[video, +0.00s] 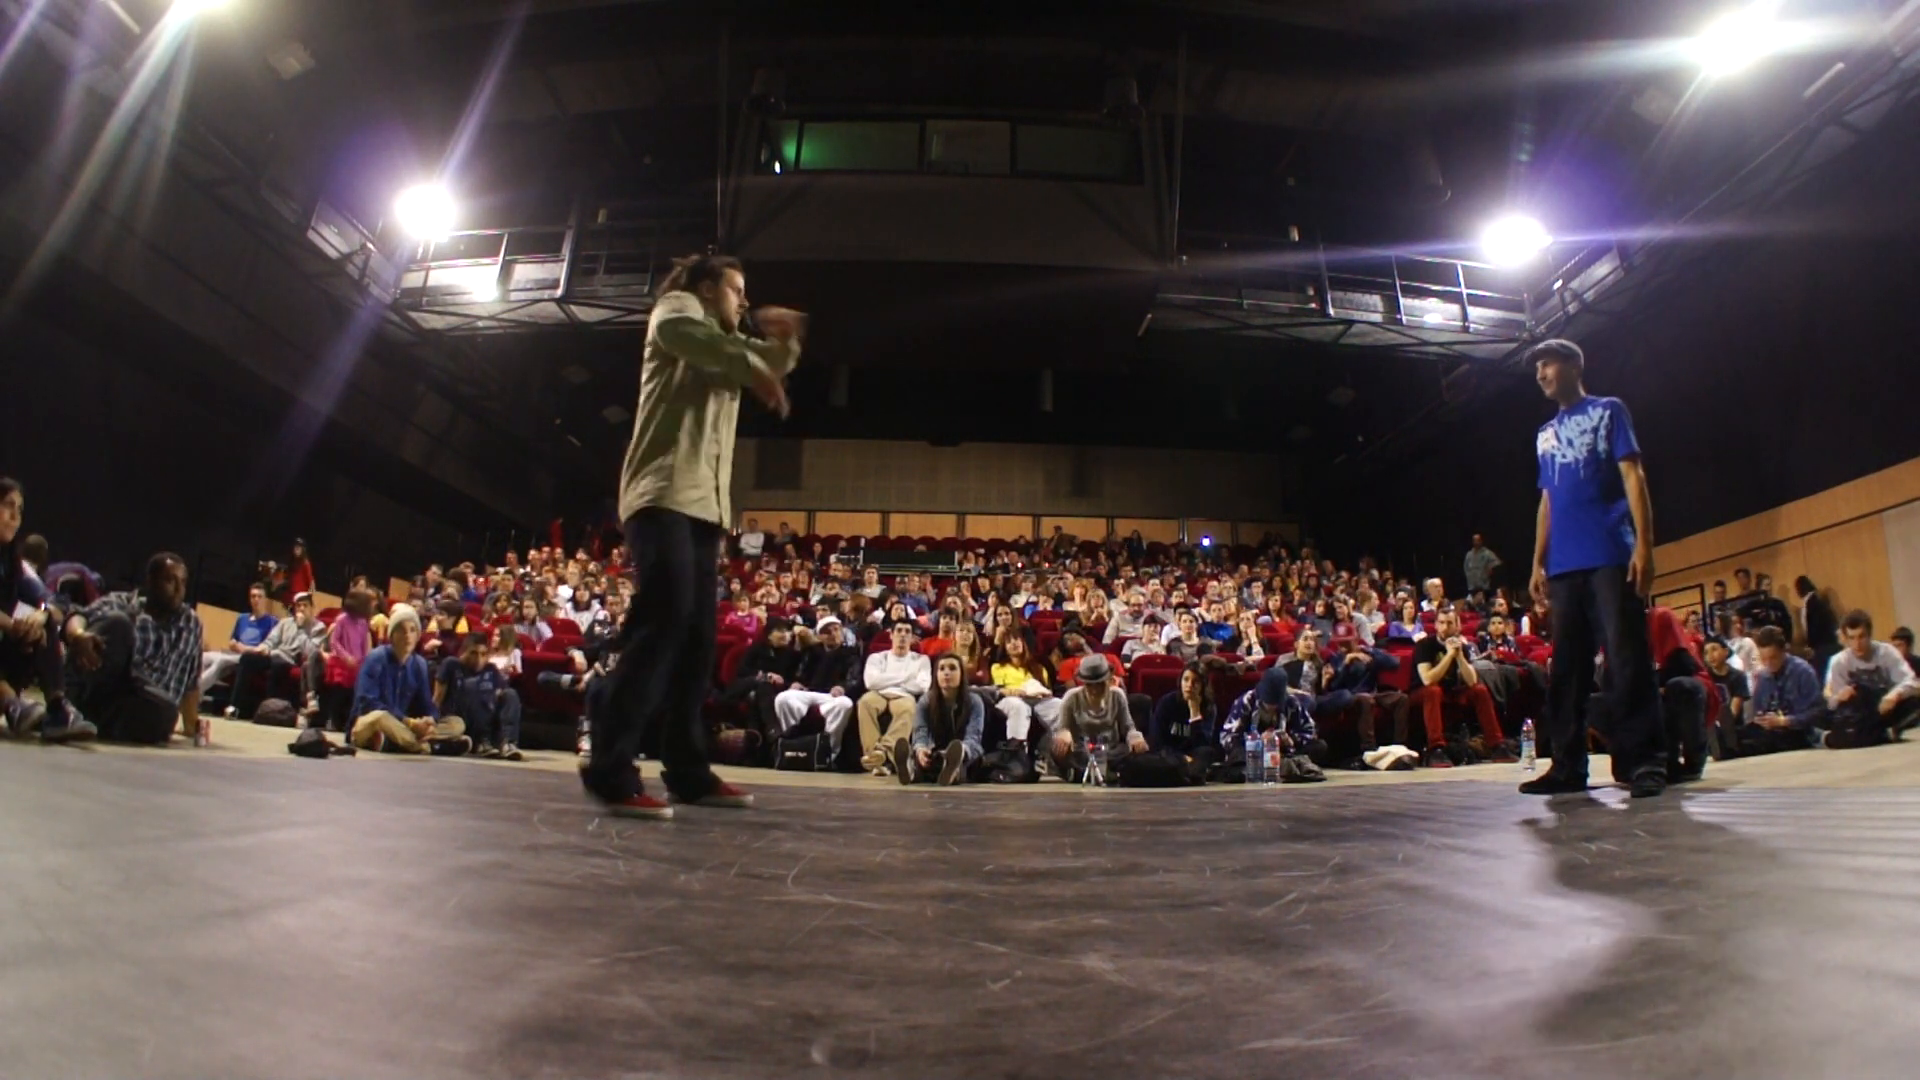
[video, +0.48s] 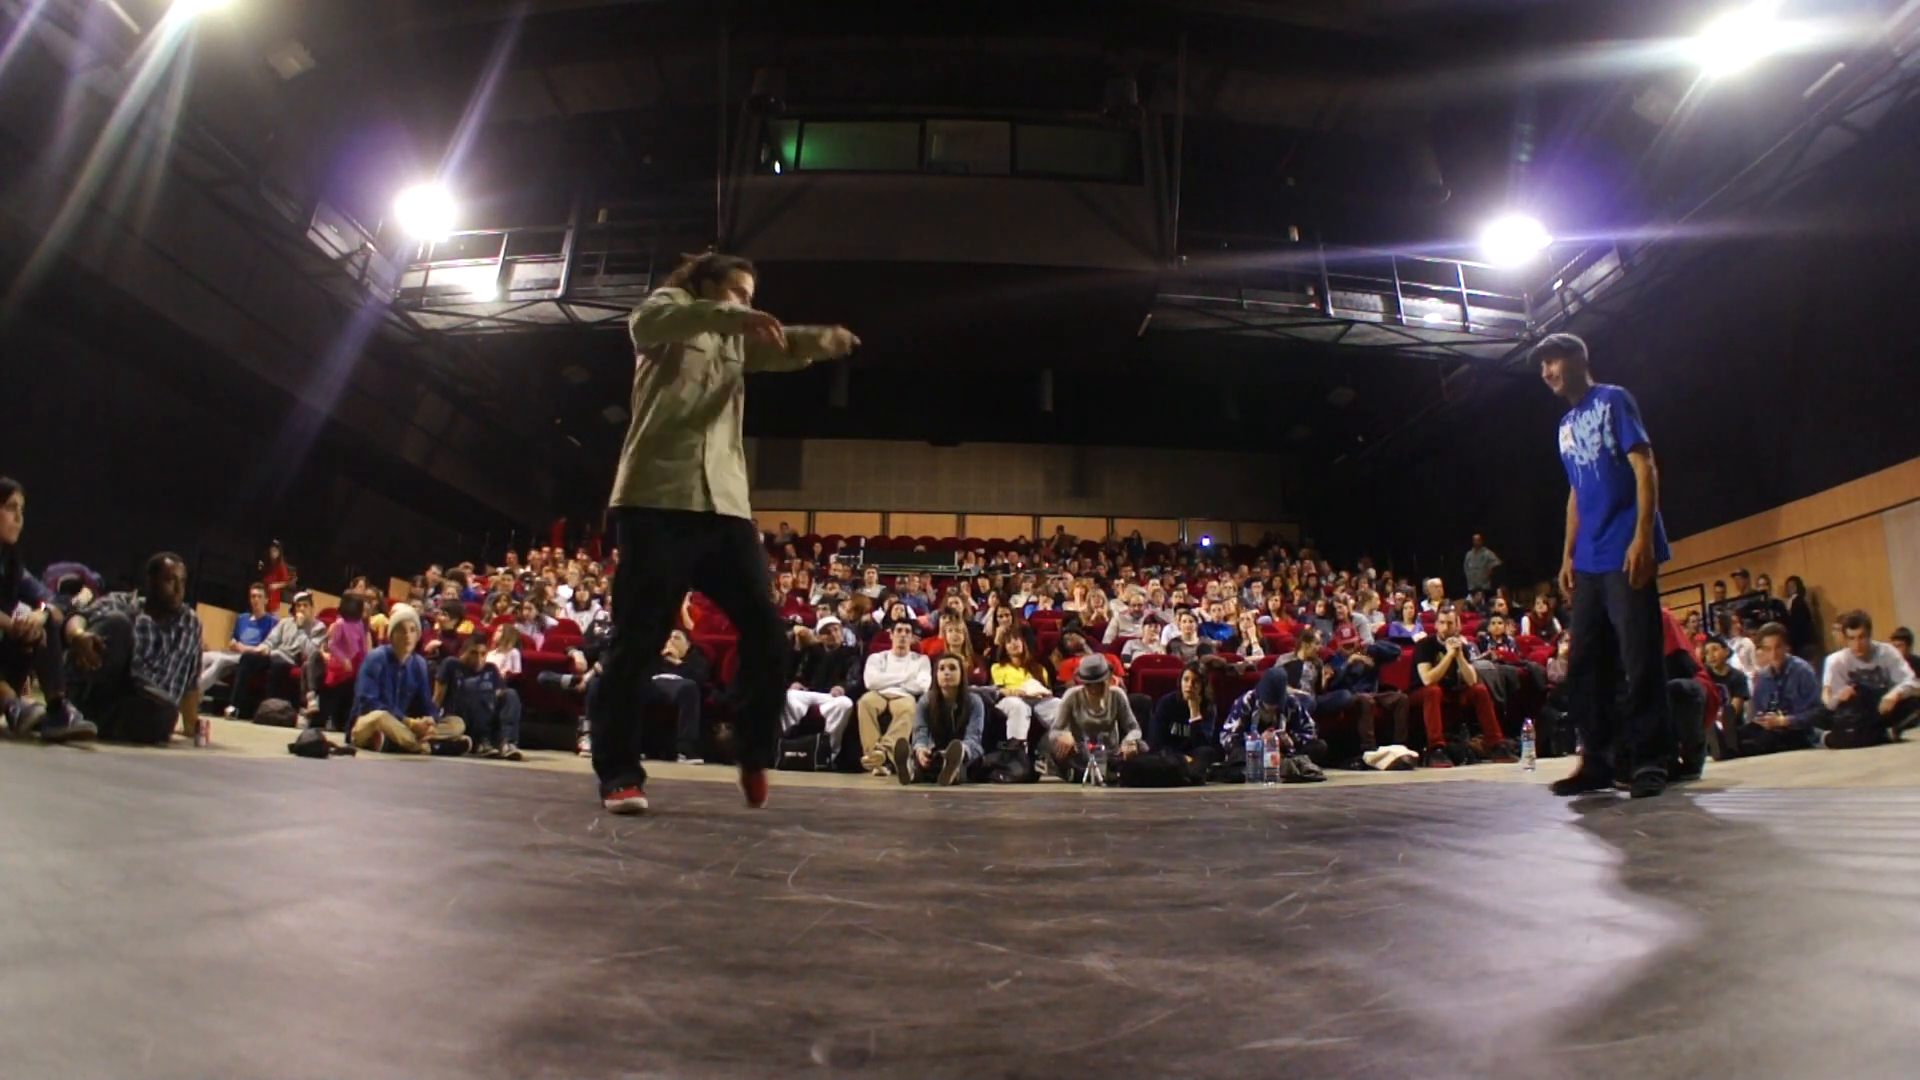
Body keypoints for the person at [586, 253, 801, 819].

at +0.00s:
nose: (743, 300)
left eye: (745, 293)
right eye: (736, 288)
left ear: (732, 300)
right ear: (705, 285)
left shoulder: (729, 343)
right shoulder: (675, 309)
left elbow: (763, 369)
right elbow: (695, 344)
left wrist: (787, 342)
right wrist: (757, 369)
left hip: (705, 503)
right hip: (662, 492)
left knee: (697, 638)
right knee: (664, 622)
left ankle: (688, 772)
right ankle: (609, 768)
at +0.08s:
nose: (747, 305)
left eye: (749, 297)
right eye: (741, 293)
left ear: (727, 298)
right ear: (714, 289)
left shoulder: (728, 346)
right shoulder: (683, 305)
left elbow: (777, 354)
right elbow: (666, 339)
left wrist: (752, 318)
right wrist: (746, 374)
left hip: (702, 504)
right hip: (670, 495)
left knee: (696, 634)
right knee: (675, 621)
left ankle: (689, 772)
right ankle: (600, 760)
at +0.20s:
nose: (745, 303)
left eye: (748, 296)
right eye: (740, 291)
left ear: (738, 301)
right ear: (712, 288)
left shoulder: (731, 341)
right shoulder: (680, 308)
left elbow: (777, 350)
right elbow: (655, 339)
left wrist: (741, 312)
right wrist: (738, 366)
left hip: (705, 506)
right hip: (668, 497)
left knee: (703, 629)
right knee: (699, 614)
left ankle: (690, 770)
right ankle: (634, 753)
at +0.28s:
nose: (741, 300)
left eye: (746, 293)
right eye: (733, 288)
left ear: (743, 301)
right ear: (701, 284)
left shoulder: (733, 342)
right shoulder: (671, 311)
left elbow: (776, 356)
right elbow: (642, 327)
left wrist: (779, 316)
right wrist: (739, 340)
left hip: (718, 509)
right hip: (666, 499)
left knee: (732, 634)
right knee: (680, 622)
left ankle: (702, 758)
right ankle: (620, 763)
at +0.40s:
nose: (739, 301)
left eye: (744, 294)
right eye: (731, 289)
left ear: (742, 299)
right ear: (697, 281)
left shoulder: (737, 338)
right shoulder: (659, 308)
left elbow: (782, 349)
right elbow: (646, 319)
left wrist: (805, 329)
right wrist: (737, 323)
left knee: (762, 644)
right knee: (635, 645)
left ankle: (767, 761)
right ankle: (621, 776)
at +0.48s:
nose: (746, 306)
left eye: (750, 298)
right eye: (738, 293)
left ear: (745, 303)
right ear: (706, 286)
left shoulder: (737, 340)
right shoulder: (666, 308)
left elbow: (780, 347)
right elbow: (648, 322)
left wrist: (826, 338)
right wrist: (733, 318)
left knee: (766, 632)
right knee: (636, 643)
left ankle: (755, 752)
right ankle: (618, 775)